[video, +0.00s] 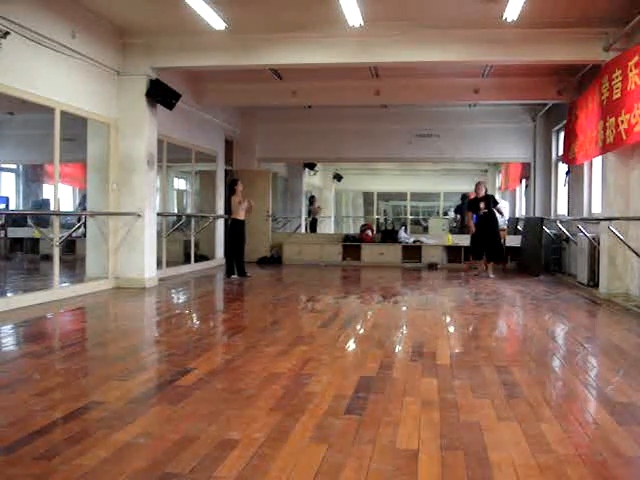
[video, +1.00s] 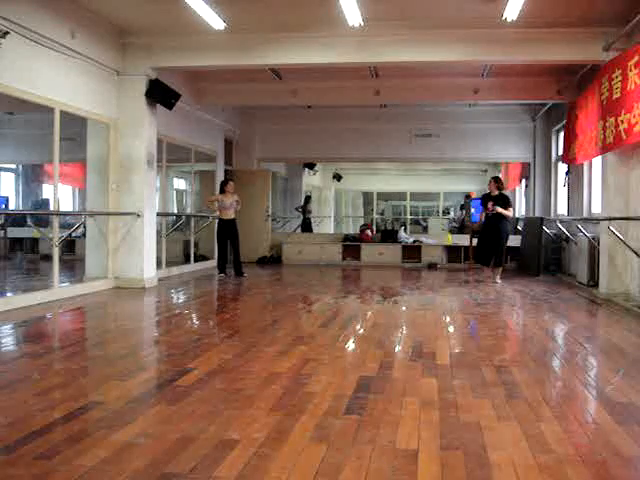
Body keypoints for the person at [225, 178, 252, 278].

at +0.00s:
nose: (242, 186)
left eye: (241, 184)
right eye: (239, 184)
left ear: (239, 187)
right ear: (235, 187)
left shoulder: (241, 198)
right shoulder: (234, 198)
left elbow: (245, 212)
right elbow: (236, 210)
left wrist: (250, 206)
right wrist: (244, 203)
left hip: (241, 221)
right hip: (235, 221)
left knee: (239, 248)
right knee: (232, 248)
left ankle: (241, 271)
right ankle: (230, 271)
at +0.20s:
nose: (245, 187)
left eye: (245, 185)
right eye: (243, 185)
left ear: (243, 187)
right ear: (238, 187)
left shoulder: (244, 198)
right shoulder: (236, 198)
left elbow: (244, 207)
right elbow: (226, 206)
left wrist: (247, 212)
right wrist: (235, 213)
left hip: (242, 221)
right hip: (235, 221)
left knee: (240, 246)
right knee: (234, 246)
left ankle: (241, 271)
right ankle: (230, 271)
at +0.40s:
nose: (245, 187)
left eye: (245, 185)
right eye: (243, 185)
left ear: (243, 187)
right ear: (238, 187)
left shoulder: (245, 198)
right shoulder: (233, 197)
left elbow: (245, 207)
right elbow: (220, 204)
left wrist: (246, 212)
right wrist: (229, 211)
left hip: (241, 221)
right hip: (233, 220)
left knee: (241, 247)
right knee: (230, 246)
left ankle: (241, 271)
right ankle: (226, 270)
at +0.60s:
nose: (240, 188)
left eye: (241, 186)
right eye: (239, 186)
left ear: (241, 187)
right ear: (234, 187)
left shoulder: (242, 198)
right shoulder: (229, 197)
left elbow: (244, 208)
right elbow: (215, 203)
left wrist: (245, 210)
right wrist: (224, 208)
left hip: (239, 220)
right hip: (230, 220)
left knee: (240, 247)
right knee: (227, 247)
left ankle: (241, 272)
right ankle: (223, 271)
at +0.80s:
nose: (237, 188)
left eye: (238, 185)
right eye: (235, 186)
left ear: (237, 187)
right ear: (230, 188)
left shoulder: (238, 198)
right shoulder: (224, 198)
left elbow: (243, 208)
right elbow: (215, 201)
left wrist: (242, 209)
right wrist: (218, 208)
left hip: (235, 220)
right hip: (226, 220)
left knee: (238, 248)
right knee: (223, 248)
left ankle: (241, 272)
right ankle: (222, 271)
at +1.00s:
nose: (232, 187)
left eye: (232, 185)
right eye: (230, 185)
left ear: (233, 187)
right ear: (225, 187)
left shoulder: (234, 196)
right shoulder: (220, 197)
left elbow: (238, 206)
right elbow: (208, 201)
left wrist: (238, 206)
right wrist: (214, 208)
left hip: (232, 220)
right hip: (222, 220)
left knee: (235, 247)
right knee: (222, 247)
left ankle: (238, 271)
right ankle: (222, 271)